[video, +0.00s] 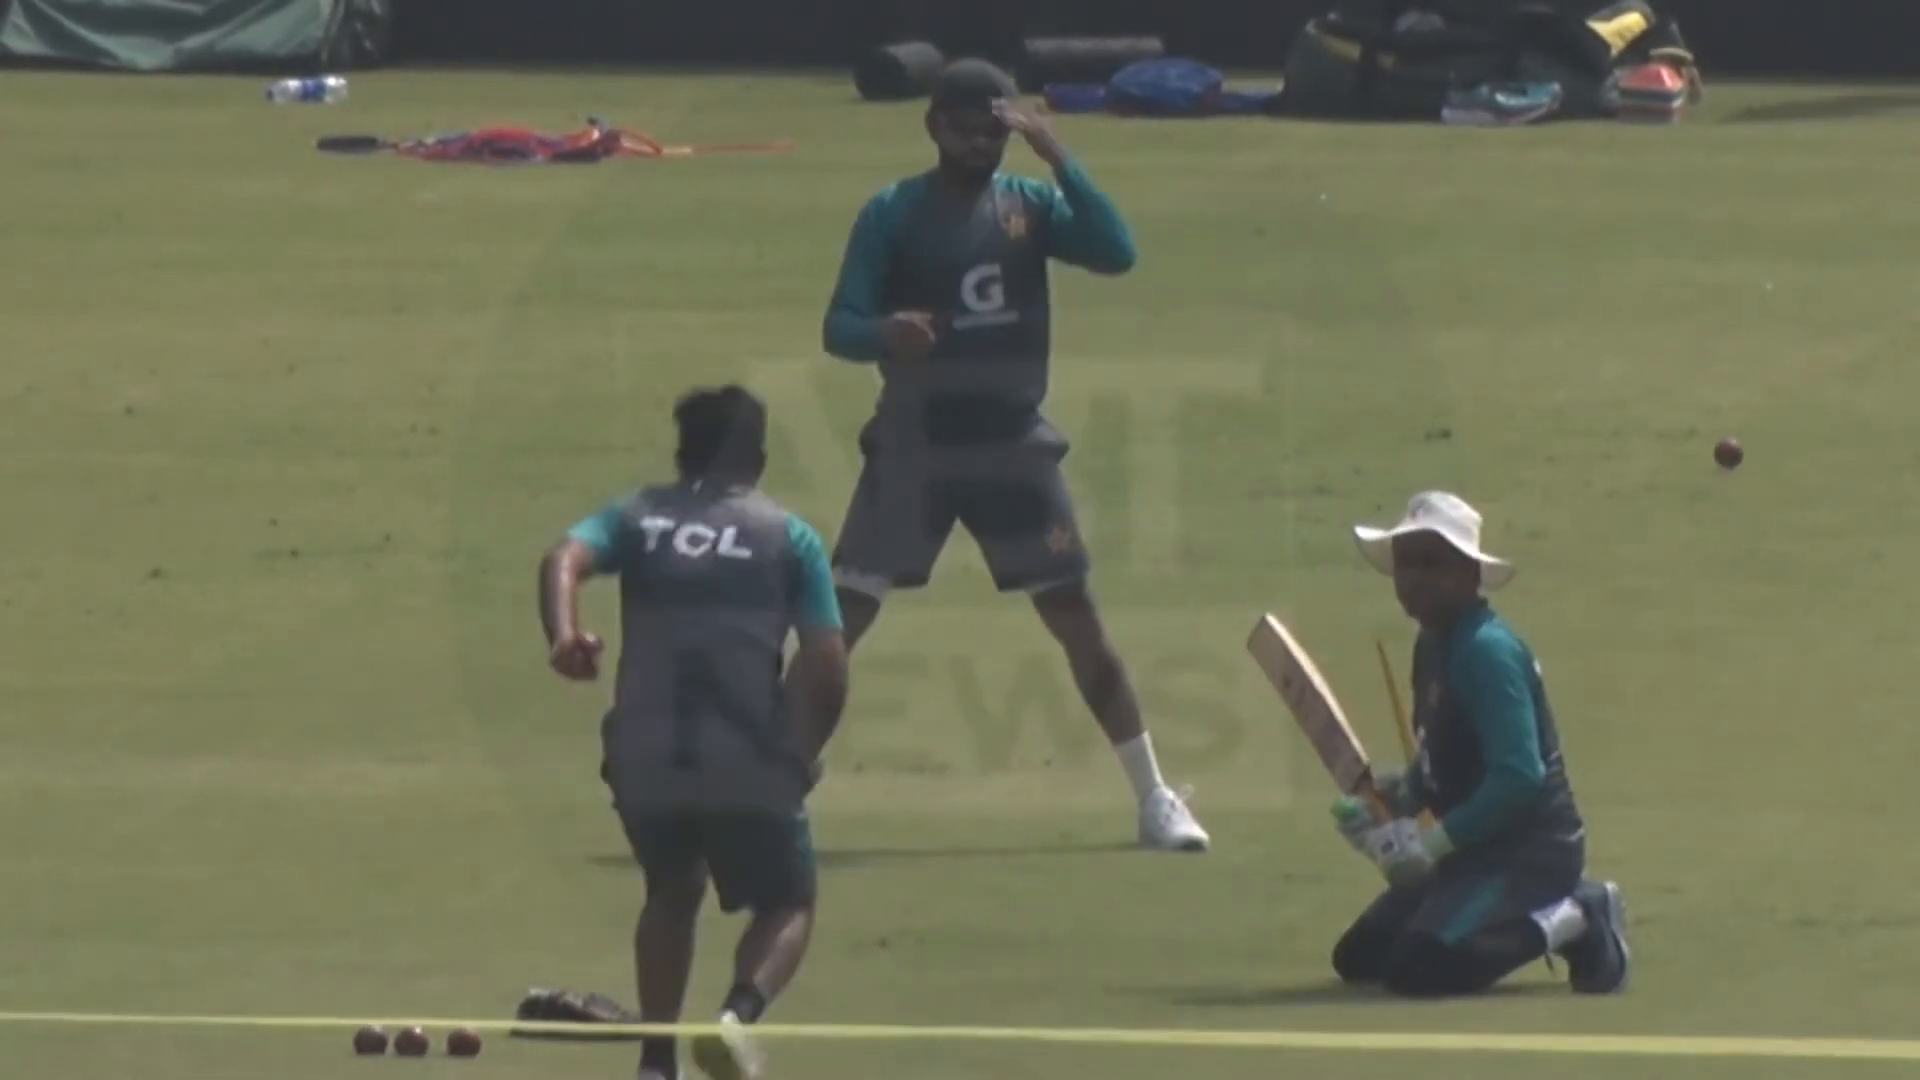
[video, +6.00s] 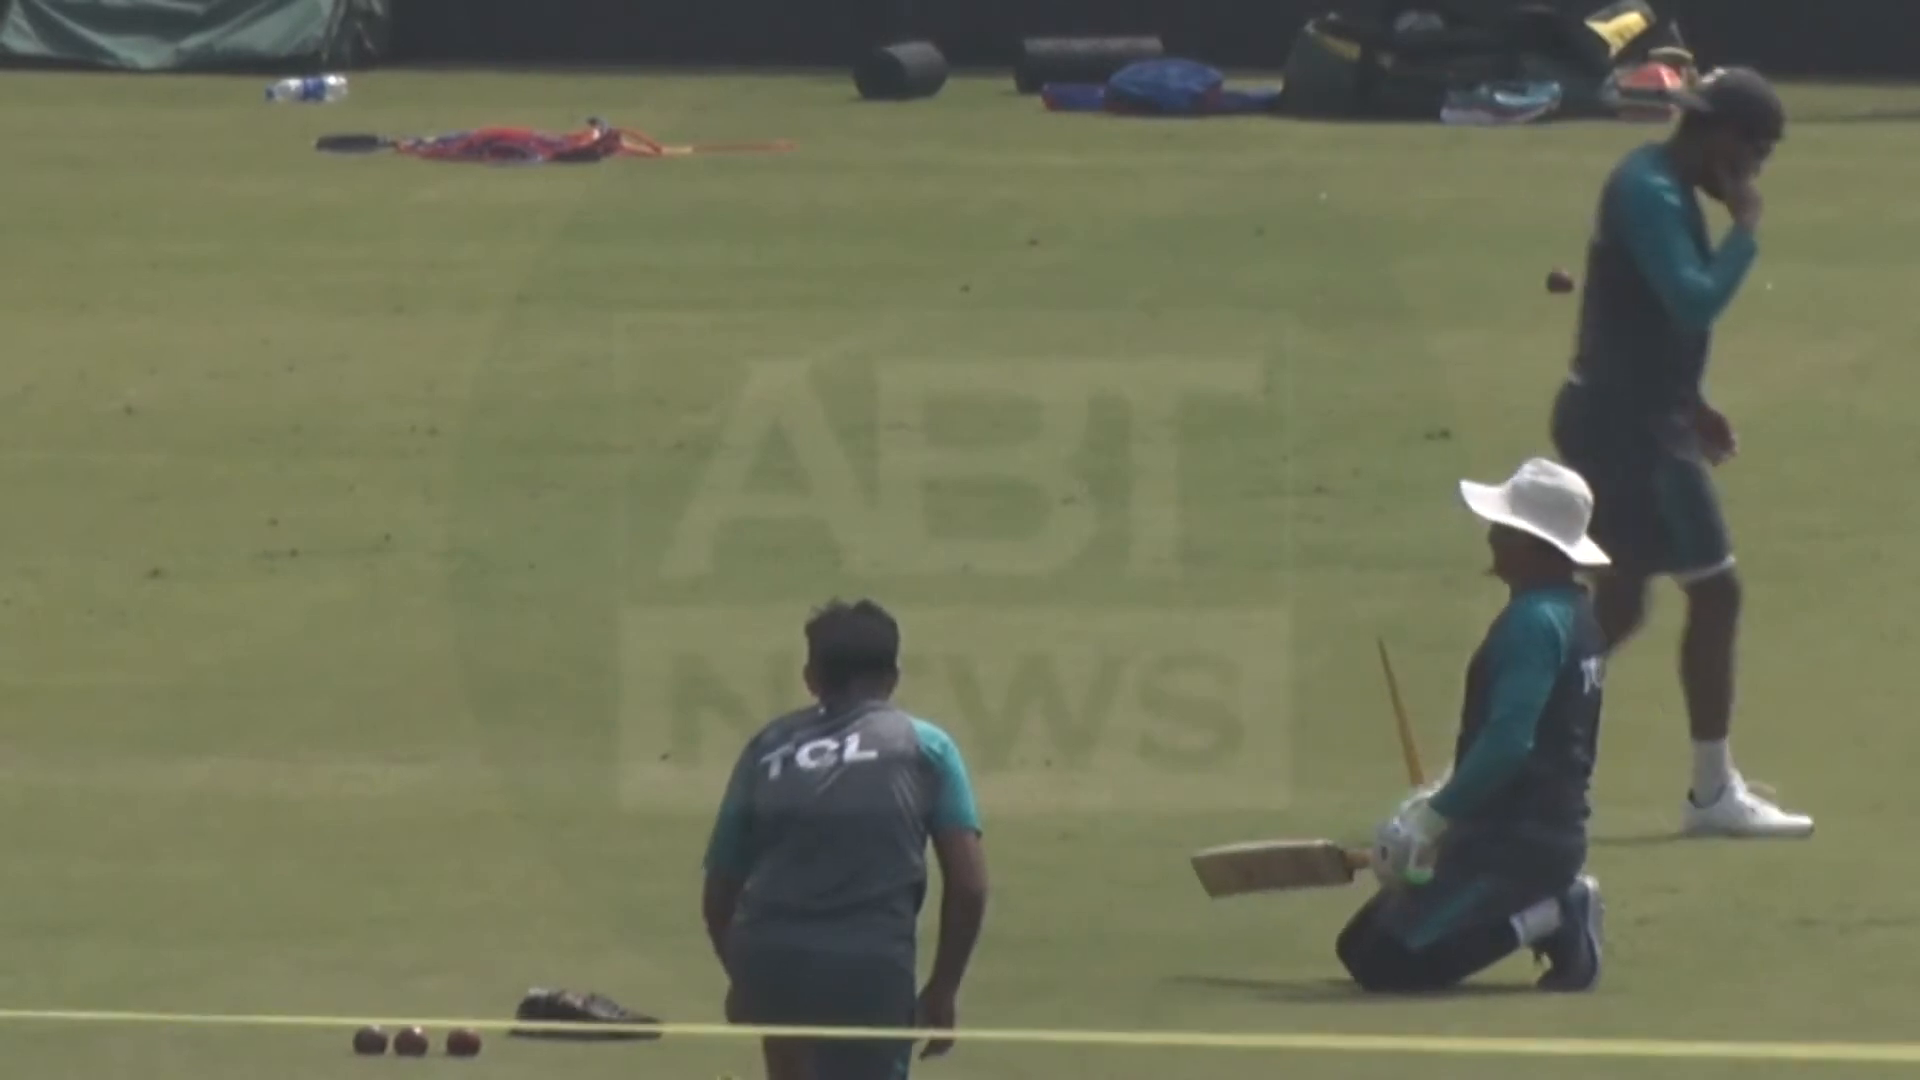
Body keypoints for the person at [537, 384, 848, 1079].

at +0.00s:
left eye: (691, 449)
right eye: (751, 451)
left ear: (683, 452)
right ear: (757, 456)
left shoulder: (639, 512)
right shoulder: (792, 536)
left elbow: (563, 558)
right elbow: (828, 663)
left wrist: (563, 633)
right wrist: (801, 753)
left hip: (646, 758)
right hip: (744, 763)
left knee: (670, 893)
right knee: (786, 903)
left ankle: (657, 1059)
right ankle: (742, 1015)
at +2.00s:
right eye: (859, 656)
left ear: (779, 654)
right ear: (858, 659)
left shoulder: (726, 728)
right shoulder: (878, 724)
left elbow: (676, 861)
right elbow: (897, 823)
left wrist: (751, 886)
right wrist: (877, 889)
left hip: (727, 954)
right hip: (824, 955)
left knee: (793, 1019)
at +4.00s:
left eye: (805, 653)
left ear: (806, 662)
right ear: (887, 664)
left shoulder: (757, 733)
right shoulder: (926, 746)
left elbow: (700, 851)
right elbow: (972, 893)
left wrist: (767, 890)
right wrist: (957, 990)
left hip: (759, 958)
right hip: (859, 970)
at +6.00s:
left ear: (811, 677)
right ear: (893, 678)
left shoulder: (767, 746)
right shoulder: (927, 745)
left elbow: (718, 901)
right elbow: (969, 887)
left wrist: (747, 979)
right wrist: (942, 993)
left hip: (772, 968)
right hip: (871, 973)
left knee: (790, 1065)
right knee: (871, 1068)